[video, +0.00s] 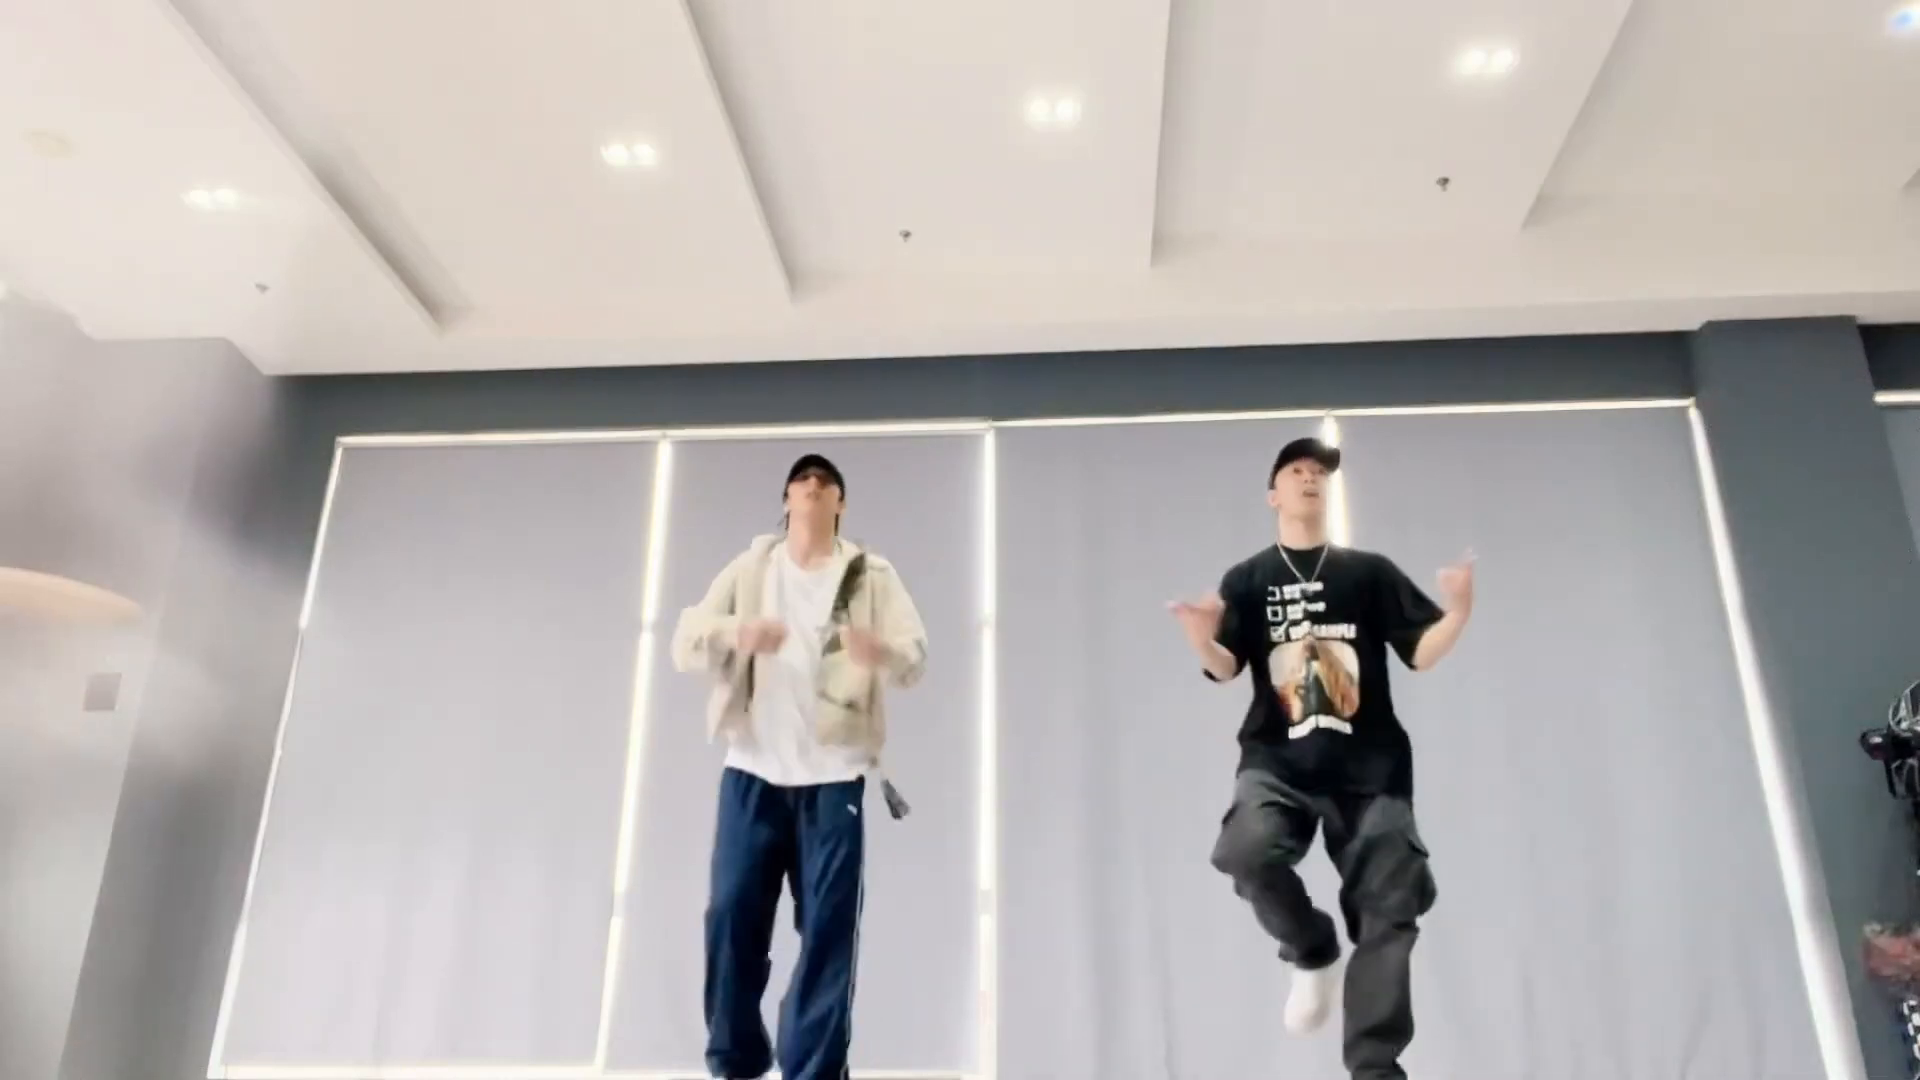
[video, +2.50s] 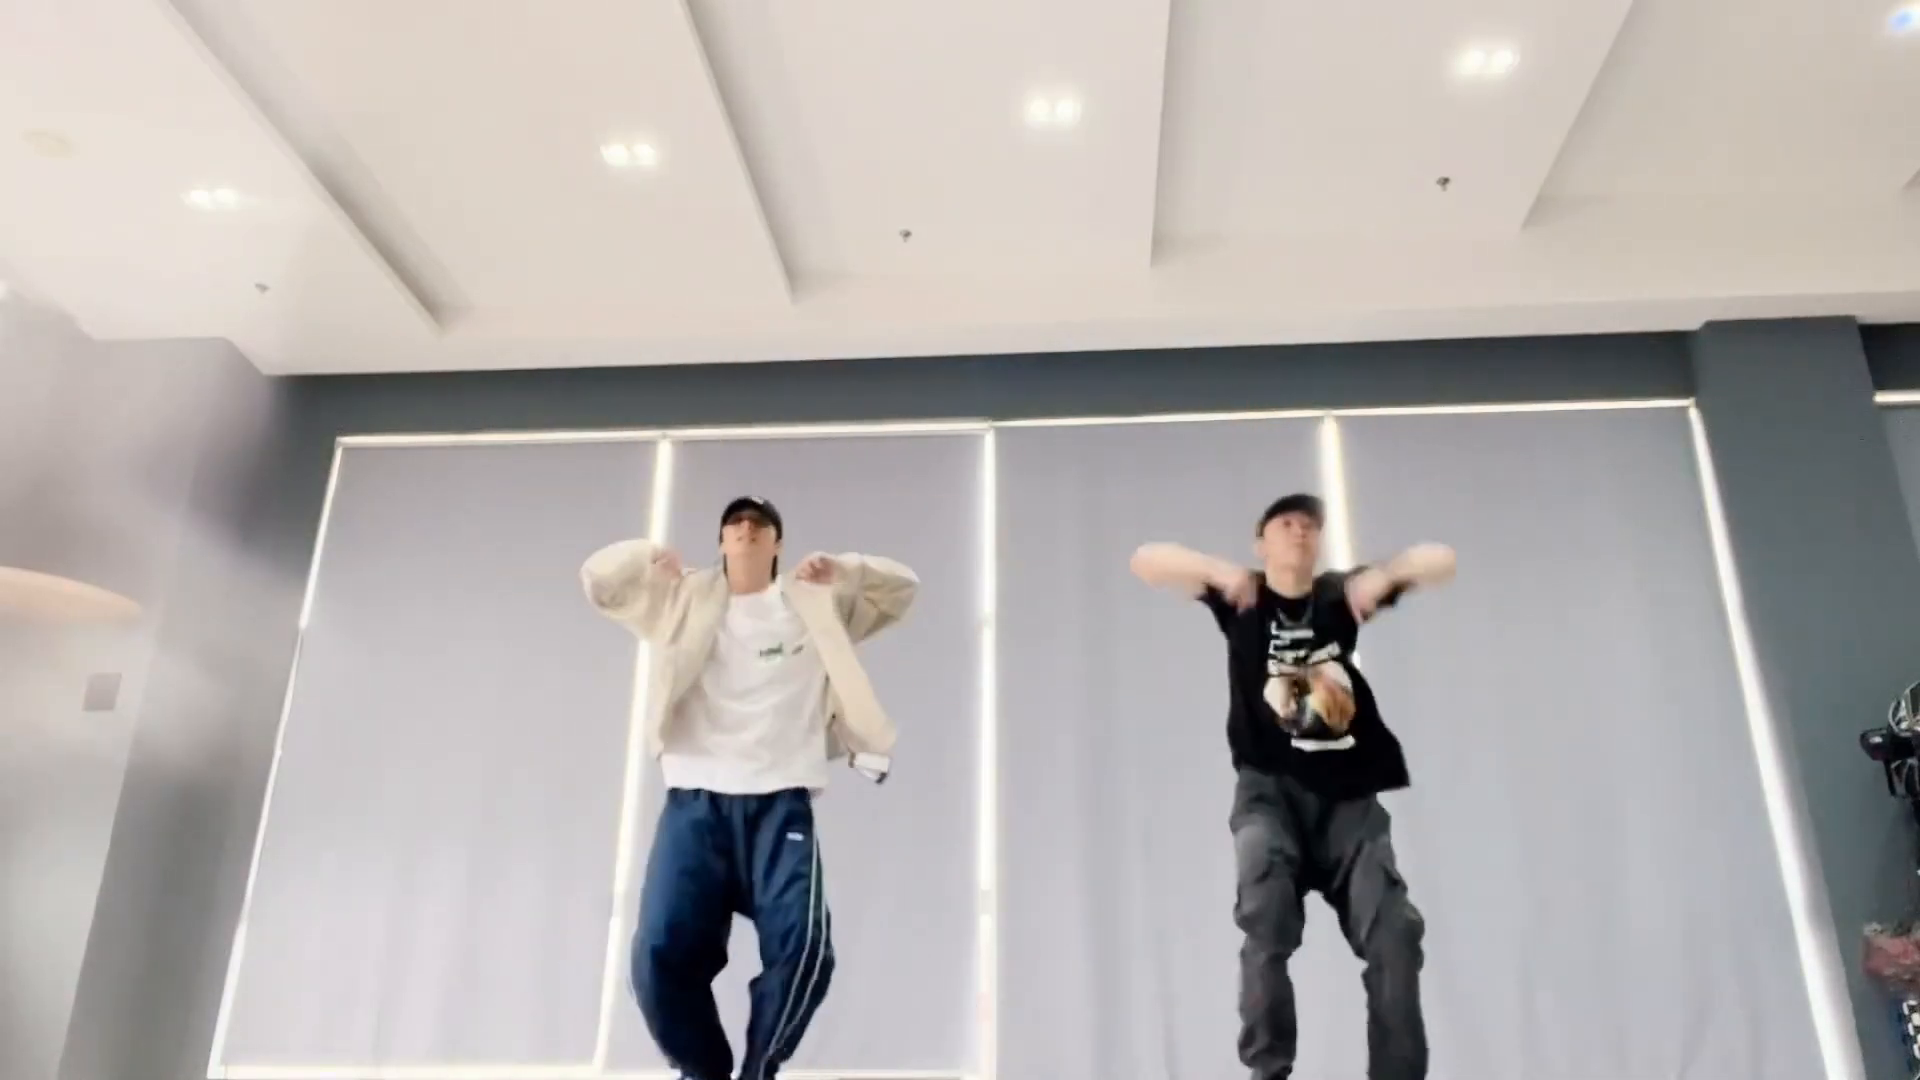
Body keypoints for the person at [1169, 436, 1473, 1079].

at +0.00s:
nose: (1309, 481)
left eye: (1318, 475)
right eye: (1296, 473)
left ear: (1331, 493)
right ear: (1273, 493)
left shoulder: (1371, 571)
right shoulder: (1246, 580)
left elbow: (1421, 653)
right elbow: (1227, 670)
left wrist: (1457, 611)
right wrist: (1204, 641)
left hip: (1367, 762)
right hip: (1277, 759)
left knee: (1389, 901)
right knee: (1248, 853)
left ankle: (1376, 1064)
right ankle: (1315, 956)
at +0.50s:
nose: (1359, 499)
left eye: (1368, 494)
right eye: (1346, 486)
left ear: (1370, 517)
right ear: (1310, 496)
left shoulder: (1356, 599)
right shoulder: (1263, 545)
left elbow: (1375, 693)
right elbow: (1192, 595)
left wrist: (1391, 651)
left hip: (1312, 761)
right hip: (1242, 747)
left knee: (1375, 897)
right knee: (1257, 868)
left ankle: (1376, 1060)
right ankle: (1264, 1051)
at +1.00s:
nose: (1276, 488)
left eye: (1289, 477)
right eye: (1261, 480)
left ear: (1308, 491)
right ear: (1246, 500)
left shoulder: (1359, 561)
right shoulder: (1234, 594)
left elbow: (1433, 624)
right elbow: (1227, 707)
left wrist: (1333, 603)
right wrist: (1270, 671)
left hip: (1380, 760)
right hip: (1292, 770)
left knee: (1419, 907)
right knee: (1311, 911)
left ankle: (1397, 1065)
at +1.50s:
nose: (1305, 502)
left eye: (1315, 495)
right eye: (1291, 492)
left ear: (1326, 513)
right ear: (1260, 509)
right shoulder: (1243, 616)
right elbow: (1262, 720)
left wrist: (1425, 667)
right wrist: (1273, 753)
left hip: (1403, 785)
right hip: (1313, 796)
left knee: (1476, 893)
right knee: (1258, 909)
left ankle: (1590, 1053)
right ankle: (1307, 1071)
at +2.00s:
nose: (1324, 555)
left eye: (1331, 547)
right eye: (1311, 545)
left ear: (1335, 565)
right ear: (1284, 560)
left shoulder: (1334, 667)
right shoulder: (1256, 597)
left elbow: (1330, 770)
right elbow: (1226, 497)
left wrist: (1316, 760)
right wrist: (1224, 403)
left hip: (1288, 830)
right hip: (1208, 817)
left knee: (1397, 929)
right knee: (1126, 925)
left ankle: (1357, 1070)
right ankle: (1015, 1058)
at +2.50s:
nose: (1300, 532)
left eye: (1309, 525)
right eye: (1286, 524)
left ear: (1320, 543)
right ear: (1262, 542)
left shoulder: (1346, 591)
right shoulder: (1239, 595)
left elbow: (1442, 560)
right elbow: (1145, 561)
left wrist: (1388, 576)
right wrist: (1218, 573)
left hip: (1349, 801)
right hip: (1268, 796)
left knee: (1394, 930)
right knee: (1267, 920)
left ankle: (1399, 1076)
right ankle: (1268, 1069)